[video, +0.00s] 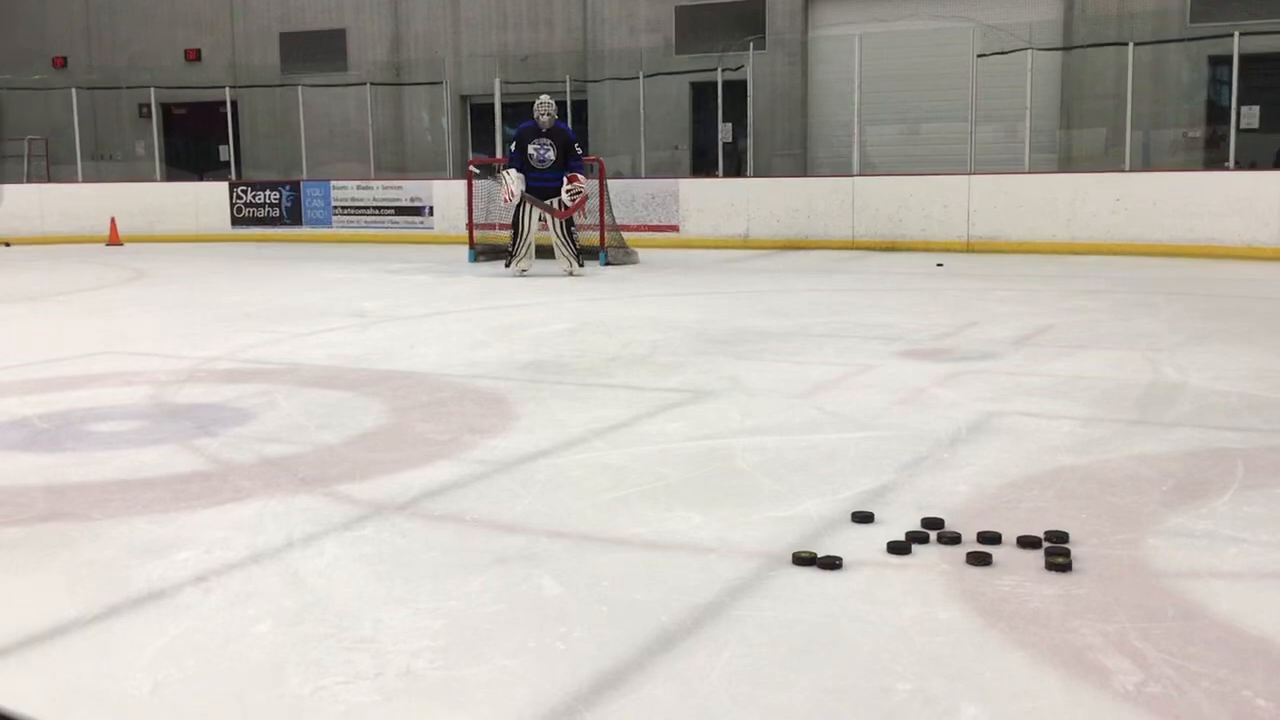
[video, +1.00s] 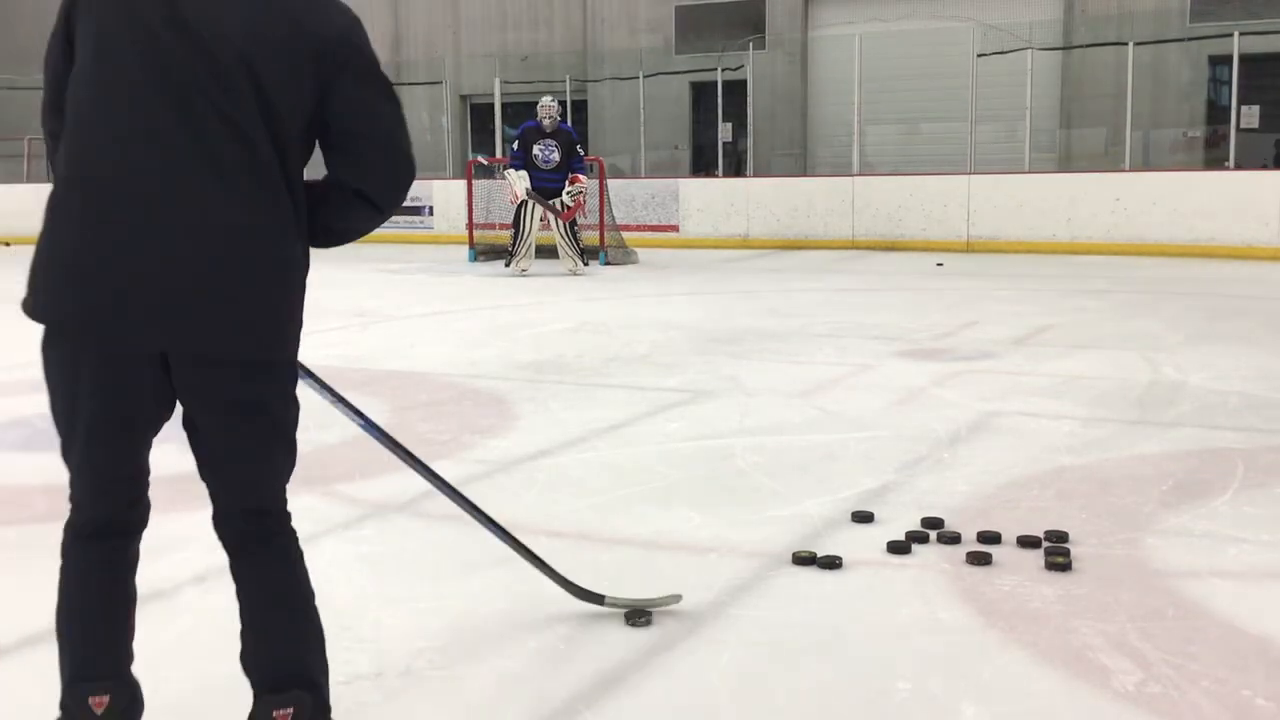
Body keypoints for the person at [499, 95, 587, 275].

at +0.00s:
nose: (544, 118)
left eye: (548, 114)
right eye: (540, 114)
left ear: (554, 115)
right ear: (535, 115)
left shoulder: (563, 133)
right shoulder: (524, 131)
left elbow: (575, 160)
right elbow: (515, 159)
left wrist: (576, 184)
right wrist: (512, 181)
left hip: (556, 190)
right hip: (529, 190)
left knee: (562, 228)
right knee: (523, 227)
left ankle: (572, 265)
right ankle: (519, 266)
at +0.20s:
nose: (547, 118)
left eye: (551, 114)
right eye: (544, 114)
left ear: (557, 115)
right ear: (538, 114)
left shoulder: (566, 133)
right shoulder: (526, 131)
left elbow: (577, 161)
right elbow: (515, 159)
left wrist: (577, 185)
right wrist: (513, 182)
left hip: (557, 190)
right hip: (530, 190)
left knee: (564, 229)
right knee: (522, 228)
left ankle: (574, 266)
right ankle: (519, 266)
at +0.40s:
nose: (549, 115)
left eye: (553, 111)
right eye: (546, 111)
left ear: (559, 113)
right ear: (539, 113)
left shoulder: (567, 134)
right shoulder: (528, 130)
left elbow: (577, 162)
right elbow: (514, 157)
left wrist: (578, 184)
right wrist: (510, 176)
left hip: (557, 190)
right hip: (530, 190)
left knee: (564, 229)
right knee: (523, 228)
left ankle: (575, 266)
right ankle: (519, 266)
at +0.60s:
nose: (551, 114)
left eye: (555, 110)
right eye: (547, 109)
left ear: (561, 113)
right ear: (541, 112)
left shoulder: (568, 134)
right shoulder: (528, 129)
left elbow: (577, 161)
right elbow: (515, 156)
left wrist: (576, 184)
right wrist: (517, 180)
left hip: (557, 191)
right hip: (530, 190)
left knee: (564, 229)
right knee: (524, 229)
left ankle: (575, 265)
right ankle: (519, 266)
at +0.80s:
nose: (549, 113)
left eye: (553, 110)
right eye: (546, 109)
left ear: (559, 113)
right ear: (539, 112)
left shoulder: (568, 134)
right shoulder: (527, 130)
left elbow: (577, 162)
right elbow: (516, 159)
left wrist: (577, 186)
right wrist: (517, 183)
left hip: (558, 191)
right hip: (531, 190)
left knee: (565, 229)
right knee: (525, 229)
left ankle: (575, 266)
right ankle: (519, 266)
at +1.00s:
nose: (547, 113)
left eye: (550, 109)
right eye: (543, 109)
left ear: (557, 111)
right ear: (538, 111)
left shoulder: (567, 133)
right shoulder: (527, 131)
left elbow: (577, 162)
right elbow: (516, 160)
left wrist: (577, 187)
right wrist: (519, 184)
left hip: (559, 191)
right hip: (532, 190)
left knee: (565, 229)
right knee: (525, 228)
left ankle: (576, 265)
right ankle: (520, 265)